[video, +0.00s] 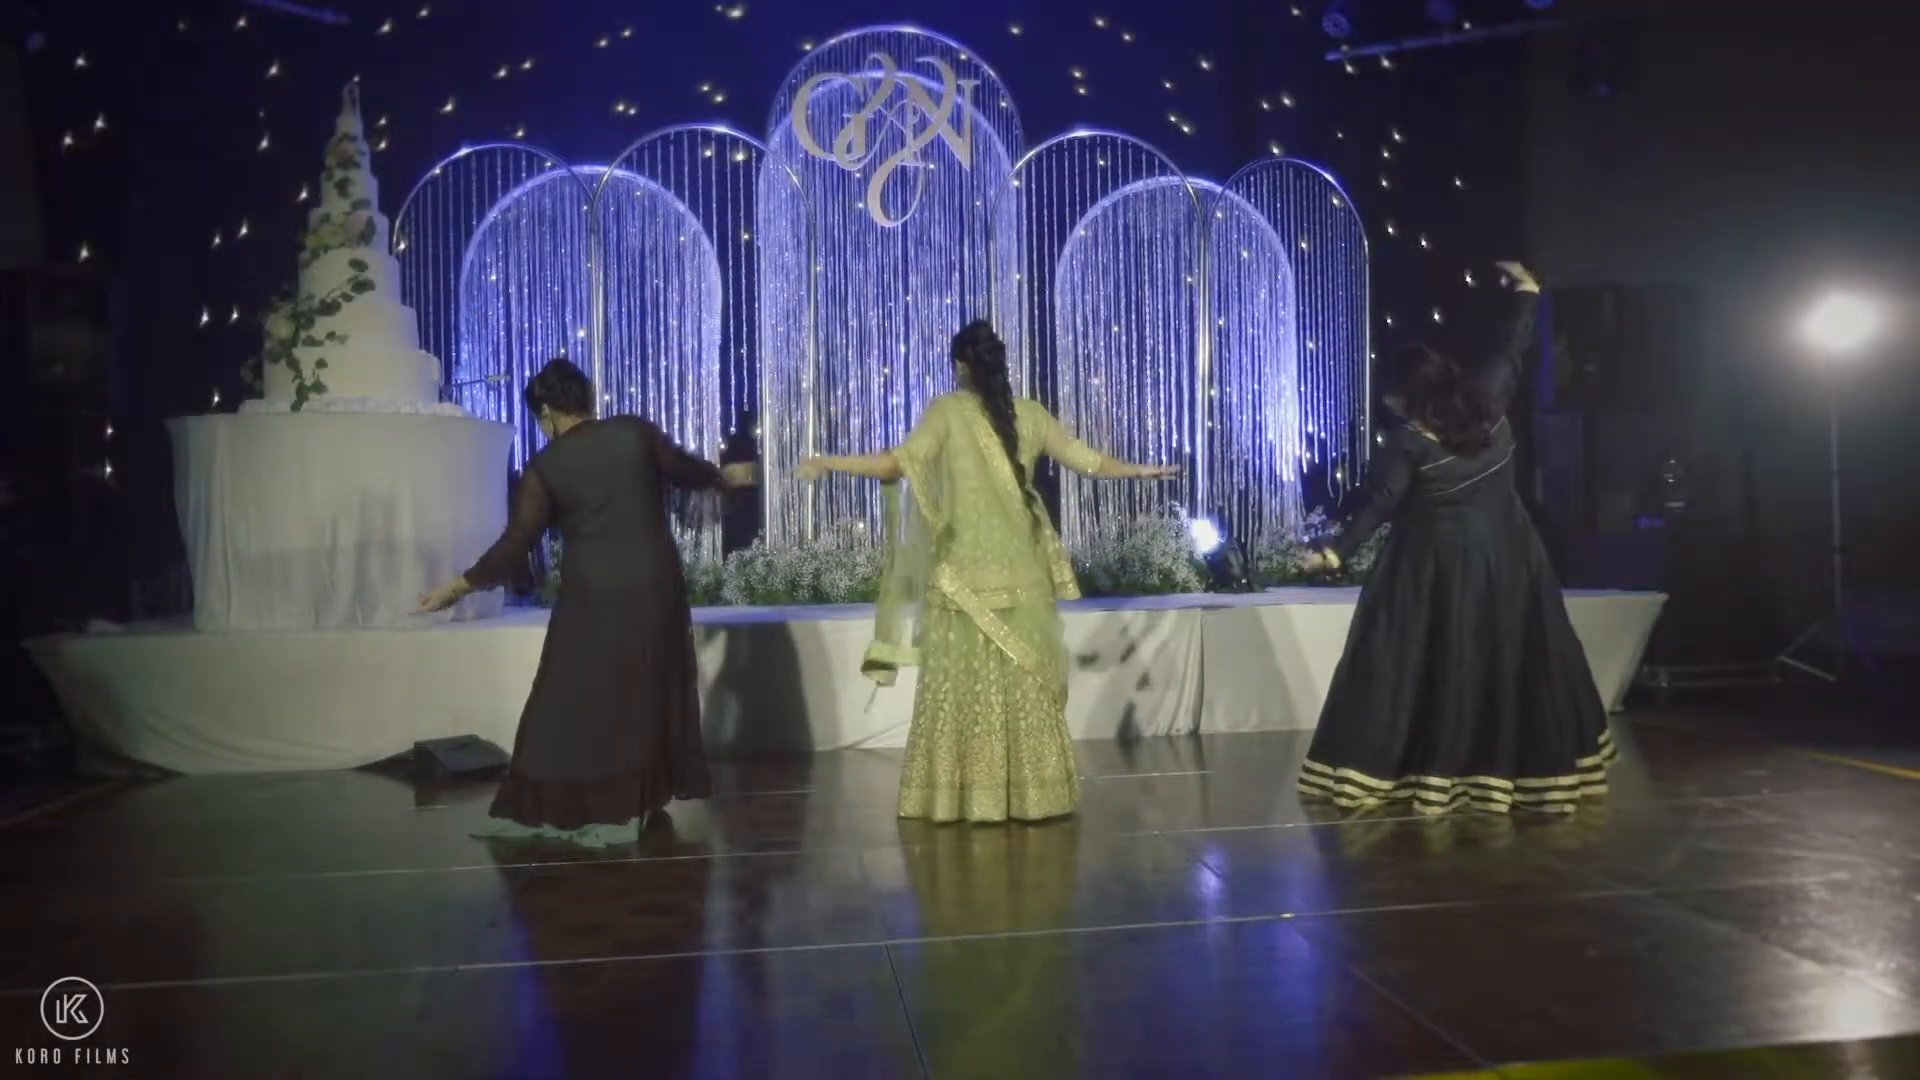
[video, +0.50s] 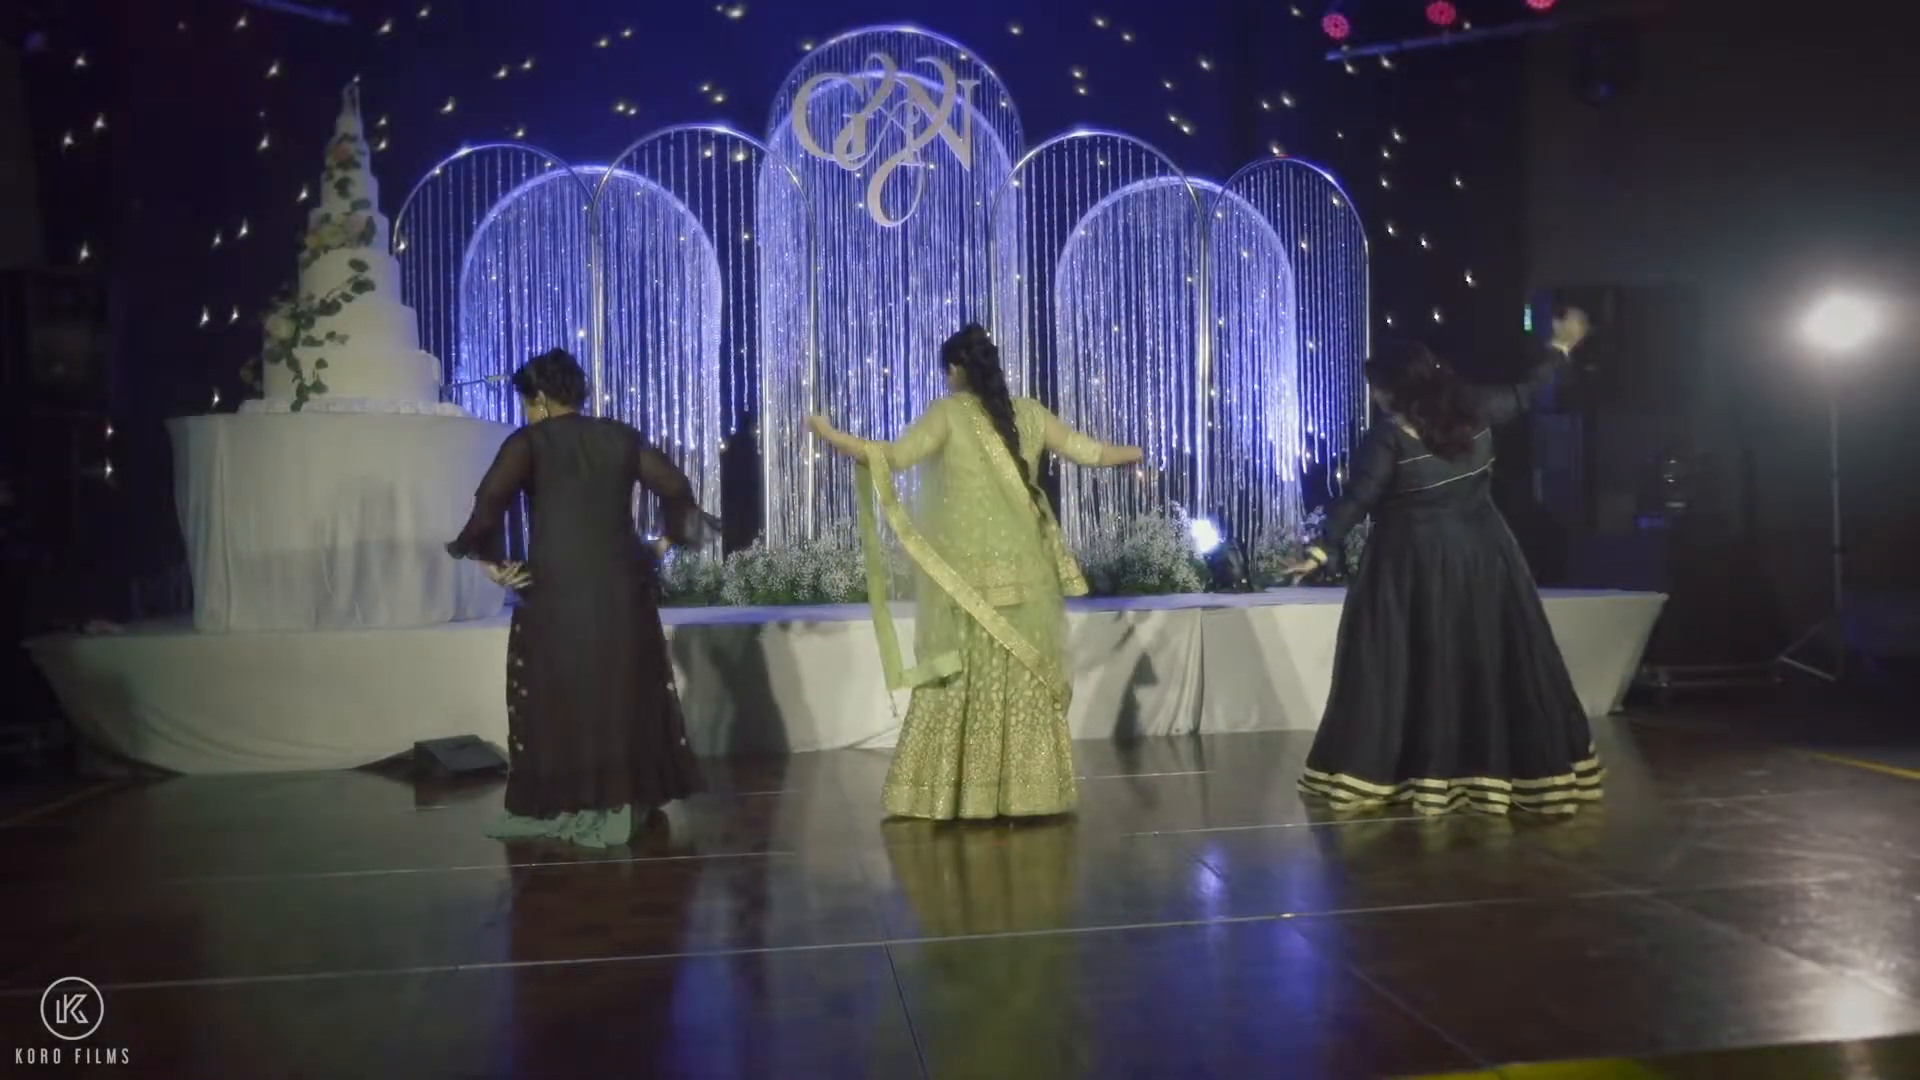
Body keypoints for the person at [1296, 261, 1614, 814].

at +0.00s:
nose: (1389, 409)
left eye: (1390, 401)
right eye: (1387, 400)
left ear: (1407, 397)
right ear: (1446, 380)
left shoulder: (1406, 444)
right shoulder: (1488, 402)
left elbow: (1382, 502)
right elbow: (1514, 348)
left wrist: (1337, 550)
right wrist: (1529, 292)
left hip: (1437, 556)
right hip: (1504, 547)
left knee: (1430, 664)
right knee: (1505, 660)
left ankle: (1431, 781)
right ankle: (1508, 778)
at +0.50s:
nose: (1371, 396)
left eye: (1374, 388)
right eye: (1371, 387)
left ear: (1392, 388)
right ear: (1430, 377)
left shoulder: (1389, 436)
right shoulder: (1475, 410)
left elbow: (1360, 497)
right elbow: (1529, 391)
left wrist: (1321, 547)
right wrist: (1562, 346)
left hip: (1416, 556)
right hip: (1482, 551)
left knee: (1414, 662)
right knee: (1486, 660)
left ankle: (1419, 781)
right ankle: (1494, 778)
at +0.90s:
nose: (1316, 400)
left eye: (1320, 390)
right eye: (1315, 390)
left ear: (1344, 388)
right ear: (1359, 385)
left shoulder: (1355, 425)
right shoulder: (1395, 423)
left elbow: (1340, 481)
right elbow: (1406, 450)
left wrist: (1324, 497)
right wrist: (1435, 434)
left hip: (1368, 550)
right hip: (1411, 546)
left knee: (1361, 660)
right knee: (1418, 657)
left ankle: (1364, 771)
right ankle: (1428, 769)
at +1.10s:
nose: (1269, 393)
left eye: (1275, 383)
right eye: (1268, 384)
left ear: (1301, 383)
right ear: (1298, 387)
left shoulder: (1323, 424)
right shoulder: (1296, 429)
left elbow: (1338, 473)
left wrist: (1338, 500)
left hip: (1318, 562)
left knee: (1318, 666)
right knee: (1297, 666)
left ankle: (1333, 773)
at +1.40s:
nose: (1205, 383)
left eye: (1216, 376)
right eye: (1202, 376)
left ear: (1241, 383)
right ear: (1198, 384)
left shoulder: (1276, 432)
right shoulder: (1182, 440)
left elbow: (1299, 488)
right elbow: (1159, 500)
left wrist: (1306, 532)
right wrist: (1141, 550)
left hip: (1264, 568)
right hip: (1197, 567)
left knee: (1271, 664)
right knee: (1199, 664)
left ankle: (1277, 768)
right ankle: (1207, 766)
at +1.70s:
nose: (1180, 394)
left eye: (1179, 387)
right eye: (1173, 387)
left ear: (1168, 395)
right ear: (1148, 392)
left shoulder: (1177, 440)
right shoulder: (1120, 440)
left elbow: (1187, 501)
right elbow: (1106, 503)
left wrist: (1207, 545)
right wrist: (1133, 558)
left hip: (1180, 566)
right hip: (1129, 569)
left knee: (1211, 659)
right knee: (1125, 665)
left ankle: (1223, 770)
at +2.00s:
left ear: (1061, 395)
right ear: (1106, 393)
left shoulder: (1046, 431)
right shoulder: (1107, 430)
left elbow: (1038, 489)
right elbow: (1118, 488)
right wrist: (1137, 542)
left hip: (1051, 542)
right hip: (1095, 543)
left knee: (1072, 639)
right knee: (1123, 634)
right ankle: (1113, 748)